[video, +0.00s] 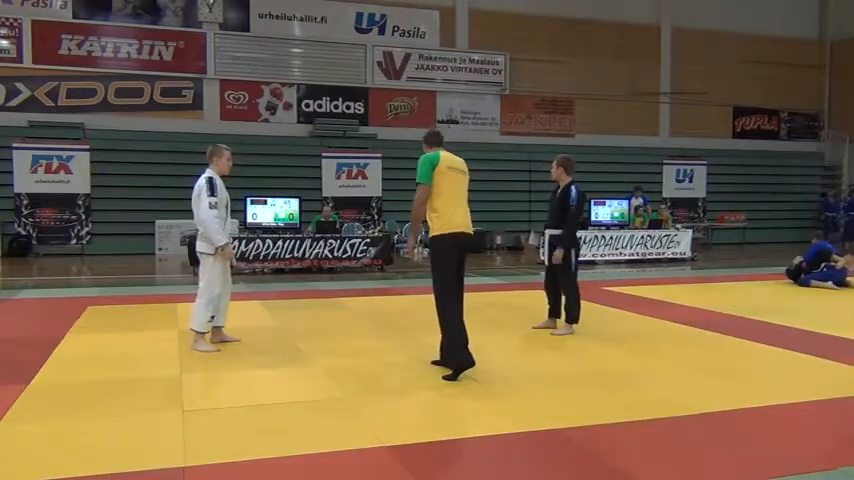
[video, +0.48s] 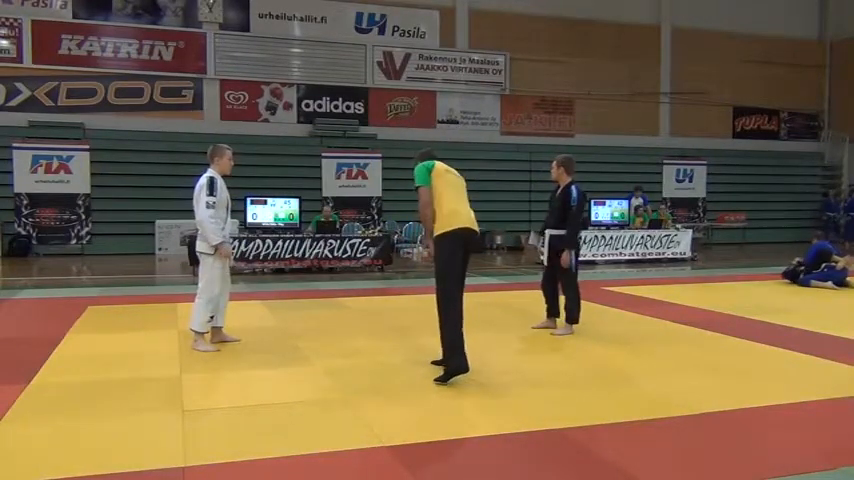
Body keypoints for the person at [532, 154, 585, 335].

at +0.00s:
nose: (551, 171)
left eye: (553, 168)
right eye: (551, 168)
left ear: (561, 170)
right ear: (562, 170)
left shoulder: (573, 191)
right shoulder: (557, 191)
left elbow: (571, 222)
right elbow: (553, 220)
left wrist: (562, 246)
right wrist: (545, 244)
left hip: (565, 240)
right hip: (552, 239)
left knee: (568, 282)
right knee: (551, 281)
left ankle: (569, 323)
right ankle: (552, 318)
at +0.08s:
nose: (551, 171)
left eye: (553, 168)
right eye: (552, 168)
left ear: (561, 170)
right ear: (562, 170)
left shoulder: (573, 191)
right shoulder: (557, 191)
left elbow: (572, 222)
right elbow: (552, 219)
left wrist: (560, 245)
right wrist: (545, 242)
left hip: (566, 241)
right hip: (552, 240)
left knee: (568, 282)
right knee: (551, 281)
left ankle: (569, 323)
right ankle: (552, 318)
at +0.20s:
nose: (551, 171)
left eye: (554, 168)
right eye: (552, 168)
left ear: (562, 170)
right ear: (562, 170)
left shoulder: (573, 191)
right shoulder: (557, 191)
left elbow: (572, 222)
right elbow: (551, 218)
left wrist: (559, 245)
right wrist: (542, 238)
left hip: (566, 241)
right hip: (552, 239)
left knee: (568, 282)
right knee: (551, 281)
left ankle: (569, 323)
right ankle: (552, 318)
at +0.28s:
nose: (551, 171)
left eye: (554, 168)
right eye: (552, 168)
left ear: (562, 170)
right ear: (562, 170)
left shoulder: (574, 191)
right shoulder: (557, 191)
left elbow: (572, 222)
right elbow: (551, 218)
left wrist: (561, 247)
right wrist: (542, 239)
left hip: (566, 240)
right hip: (551, 238)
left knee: (568, 282)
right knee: (551, 281)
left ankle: (569, 323)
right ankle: (551, 318)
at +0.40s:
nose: (551, 171)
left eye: (553, 168)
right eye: (552, 168)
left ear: (561, 170)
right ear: (562, 170)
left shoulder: (574, 191)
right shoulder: (557, 191)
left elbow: (573, 222)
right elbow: (551, 218)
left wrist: (565, 248)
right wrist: (541, 238)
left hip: (565, 240)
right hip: (551, 239)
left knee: (568, 282)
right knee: (550, 281)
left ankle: (569, 323)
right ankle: (551, 318)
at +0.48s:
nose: (551, 171)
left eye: (553, 168)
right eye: (551, 168)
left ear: (561, 170)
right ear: (562, 170)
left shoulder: (574, 191)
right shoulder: (556, 191)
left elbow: (574, 222)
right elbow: (551, 218)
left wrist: (568, 249)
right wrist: (541, 238)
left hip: (565, 241)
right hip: (552, 240)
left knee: (569, 283)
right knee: (548, 282)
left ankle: (569, 323)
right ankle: (551, 318)